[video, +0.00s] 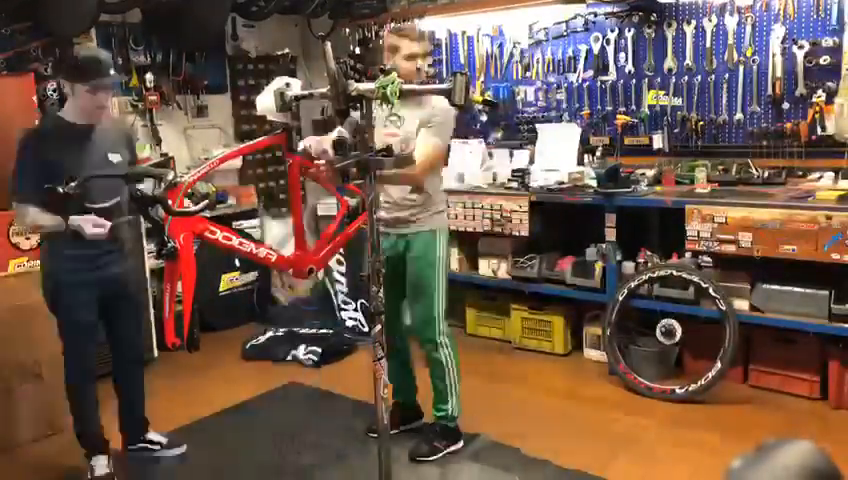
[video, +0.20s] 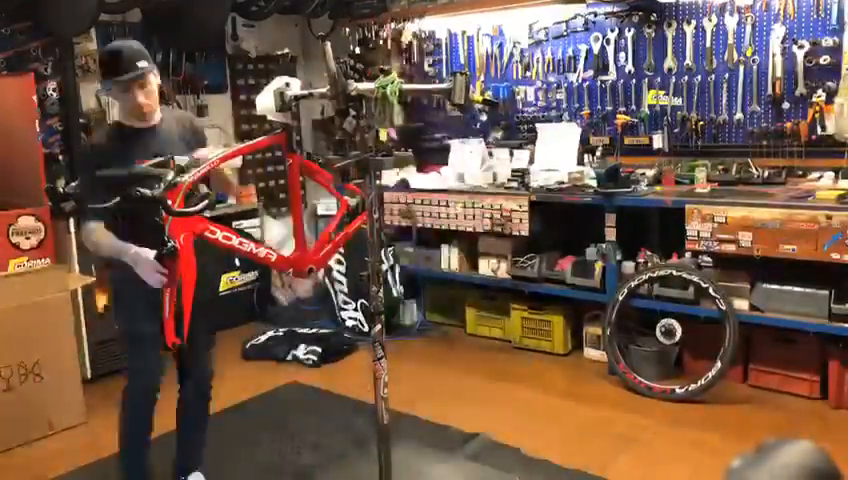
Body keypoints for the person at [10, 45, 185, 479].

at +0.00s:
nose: (106, 100)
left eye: (109, 90)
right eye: (97, 91)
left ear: (113, 89)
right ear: (70, 90)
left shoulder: (118, 136)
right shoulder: (38, 142)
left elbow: (130, 191)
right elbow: (24, 213)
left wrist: (153, 192)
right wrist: (71, 223)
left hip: (122, 263)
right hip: (72, 270)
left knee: (131, 353)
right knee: (82, 361)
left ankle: (135, 436)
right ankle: (96, 452)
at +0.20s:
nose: (141, 100)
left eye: (146, 86)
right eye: (128, 91)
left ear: (159, 80)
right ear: (112, 95)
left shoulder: (186, 128)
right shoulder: (102, 151)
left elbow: (222, 192)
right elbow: (91, 228)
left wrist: (221, 173)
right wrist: (131, 255)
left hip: (193, 267)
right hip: (137, 276)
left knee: (199, 376)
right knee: (145, 379)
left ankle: (190, 470)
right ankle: (134, 473)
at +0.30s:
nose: (144, 91)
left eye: (151, 79)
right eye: (134, 82)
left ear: (169, 78)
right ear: (124, 87)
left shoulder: (198, 123)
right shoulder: (115, 144)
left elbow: (253, 114)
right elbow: (100, 222)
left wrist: (238, 67)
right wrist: (136, 256)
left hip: (210, 269)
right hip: (156, 279)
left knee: (244, 357)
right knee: (162, 380)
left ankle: (253, 449)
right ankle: (167, 471)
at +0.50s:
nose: (181, 94)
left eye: (186, 86)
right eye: (178, 88)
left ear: (206, 80)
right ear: (179, 89)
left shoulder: (236, 112)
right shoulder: (187, 119)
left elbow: (217, 146)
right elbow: (168, 149)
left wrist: (157, 140)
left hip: (241, 218)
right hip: (203, 220)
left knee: (255, 296)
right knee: (207, 296)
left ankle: (294, 365)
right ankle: (215, 375)